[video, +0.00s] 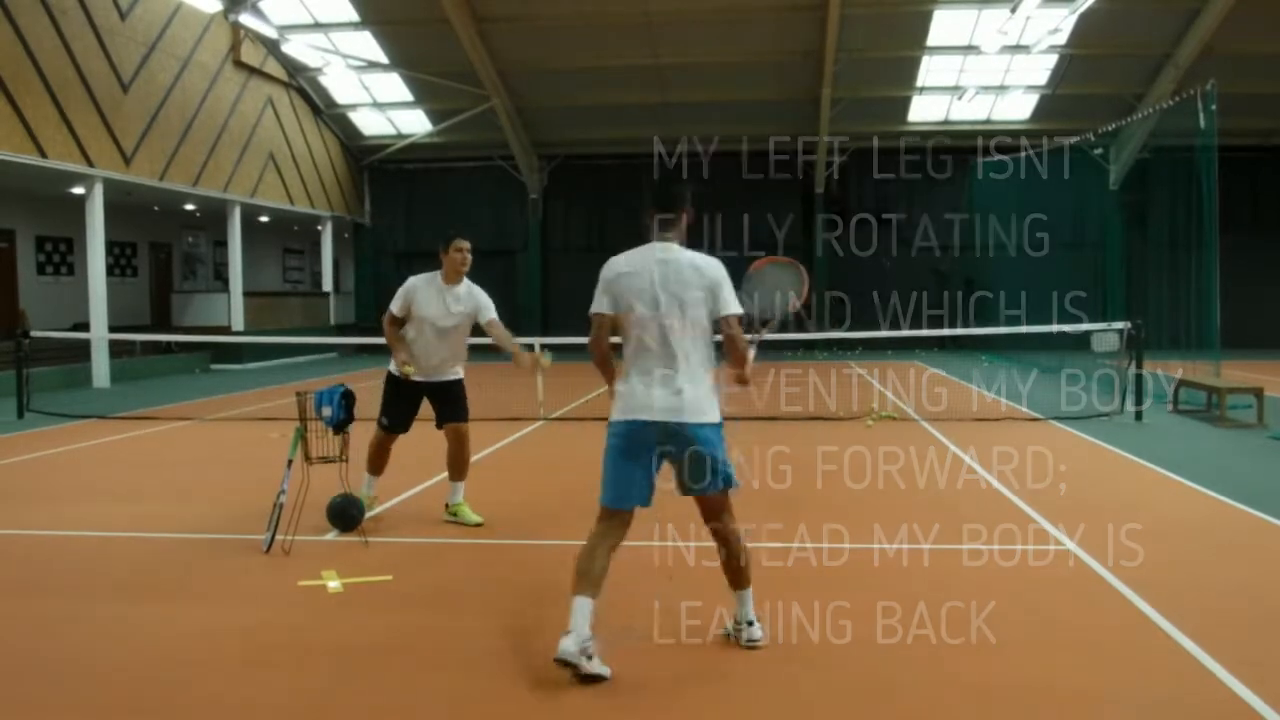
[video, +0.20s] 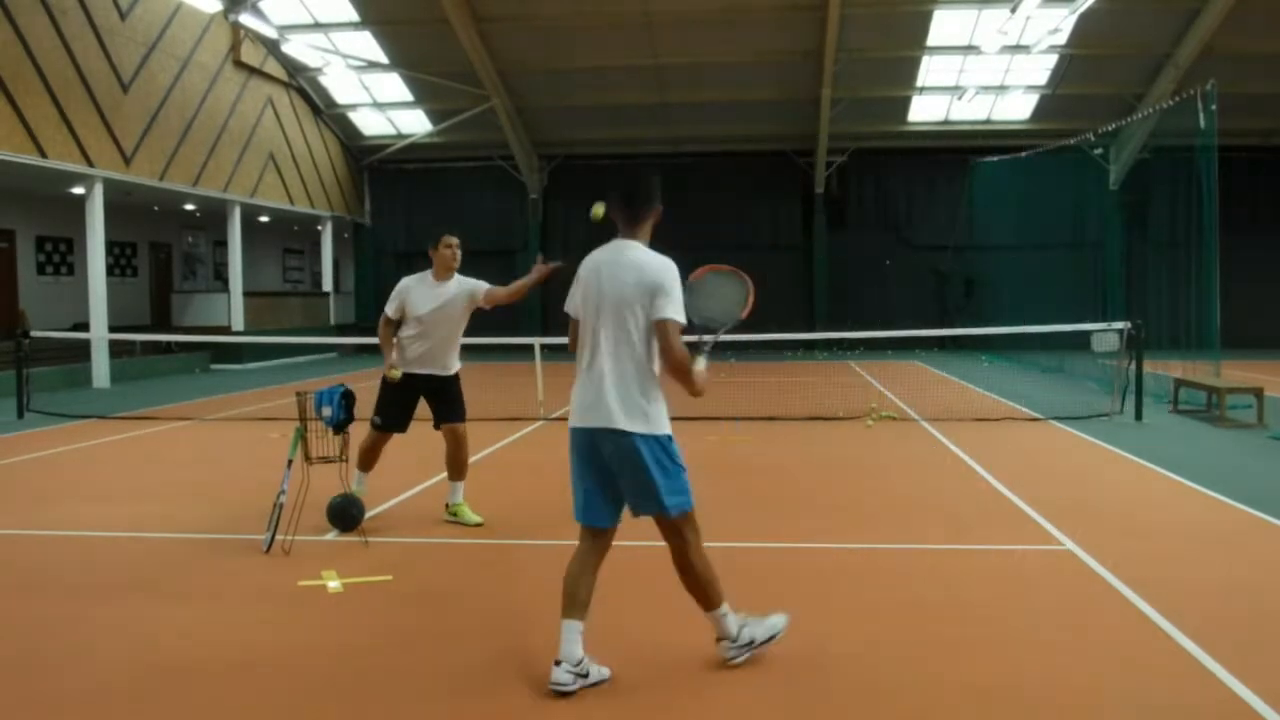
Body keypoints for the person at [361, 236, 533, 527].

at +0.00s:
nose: (465, 257)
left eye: (468, 252)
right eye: (459, 251)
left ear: (471, 259)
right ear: (444, 256)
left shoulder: (475, 296)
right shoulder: (415, 286)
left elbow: (496, 329)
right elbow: (390, 323)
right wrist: (400, 354)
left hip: (448, 376)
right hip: (407, 373)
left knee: (459, 433)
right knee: (386, 434)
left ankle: (456, 503)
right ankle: (367, 494)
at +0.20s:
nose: (455, 253)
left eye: (458, 248)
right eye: (449, 247)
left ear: (461, 255)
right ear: (433, 253)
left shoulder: (468, 288)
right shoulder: (408, 286)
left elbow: (505, 295)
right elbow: (386, 324)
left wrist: (533, 278)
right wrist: (389, 361)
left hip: (444, 375)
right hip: (403, 372)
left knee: (457, 434)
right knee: (379, 433)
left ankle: (455, 502)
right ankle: (357, 490)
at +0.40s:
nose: (427, 252)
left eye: (429, 248)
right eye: (420, 247)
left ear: (433, 255)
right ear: (404, 255)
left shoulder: (447, 290)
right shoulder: (386, 292)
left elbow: (482, 327)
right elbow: (365, 335)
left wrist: (486, 303)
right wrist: (373, 368)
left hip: (433, 381)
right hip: (392, 383)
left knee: (452, 435)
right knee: (373, 444)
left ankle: (455, 503)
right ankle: (341, 485)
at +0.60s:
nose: (391, 248)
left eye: (394, 243)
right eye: (385, 243)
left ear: (397, 249)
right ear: (370, 249)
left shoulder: (409, 287)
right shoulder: (349, 287)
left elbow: (414, 325)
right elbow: (330, 331)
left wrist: (419, 352)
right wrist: (345, 367)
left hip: (404, 377)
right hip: (365, 379)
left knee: (425, 434)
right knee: (348, 441)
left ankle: (451, 498)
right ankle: (335, 496)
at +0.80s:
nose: (366, 242)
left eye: (369, 237)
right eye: (359, 237)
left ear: (372, 243)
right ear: (345, 242)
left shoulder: (380, 279)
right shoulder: (329, 281)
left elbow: (383, 320)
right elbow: (306, 326)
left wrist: (397, 347)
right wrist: (324, 363)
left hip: (380, 371)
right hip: (346, 375)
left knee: (399, 426)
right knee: (339, 436)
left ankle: (405, 491)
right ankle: (334, 494)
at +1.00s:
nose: (354, 242)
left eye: (356, 237)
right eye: (347, 237)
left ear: (359, 243)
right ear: (333, 242)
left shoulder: (367, 278)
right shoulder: (320, 280)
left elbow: (369, 318)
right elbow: (304, 327)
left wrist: (388, 342)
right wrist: (325, 365)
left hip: (365, 369)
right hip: (334, 372)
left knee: (371, 424)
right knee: (337, 433)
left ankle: (353, 478)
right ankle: (332, 494)